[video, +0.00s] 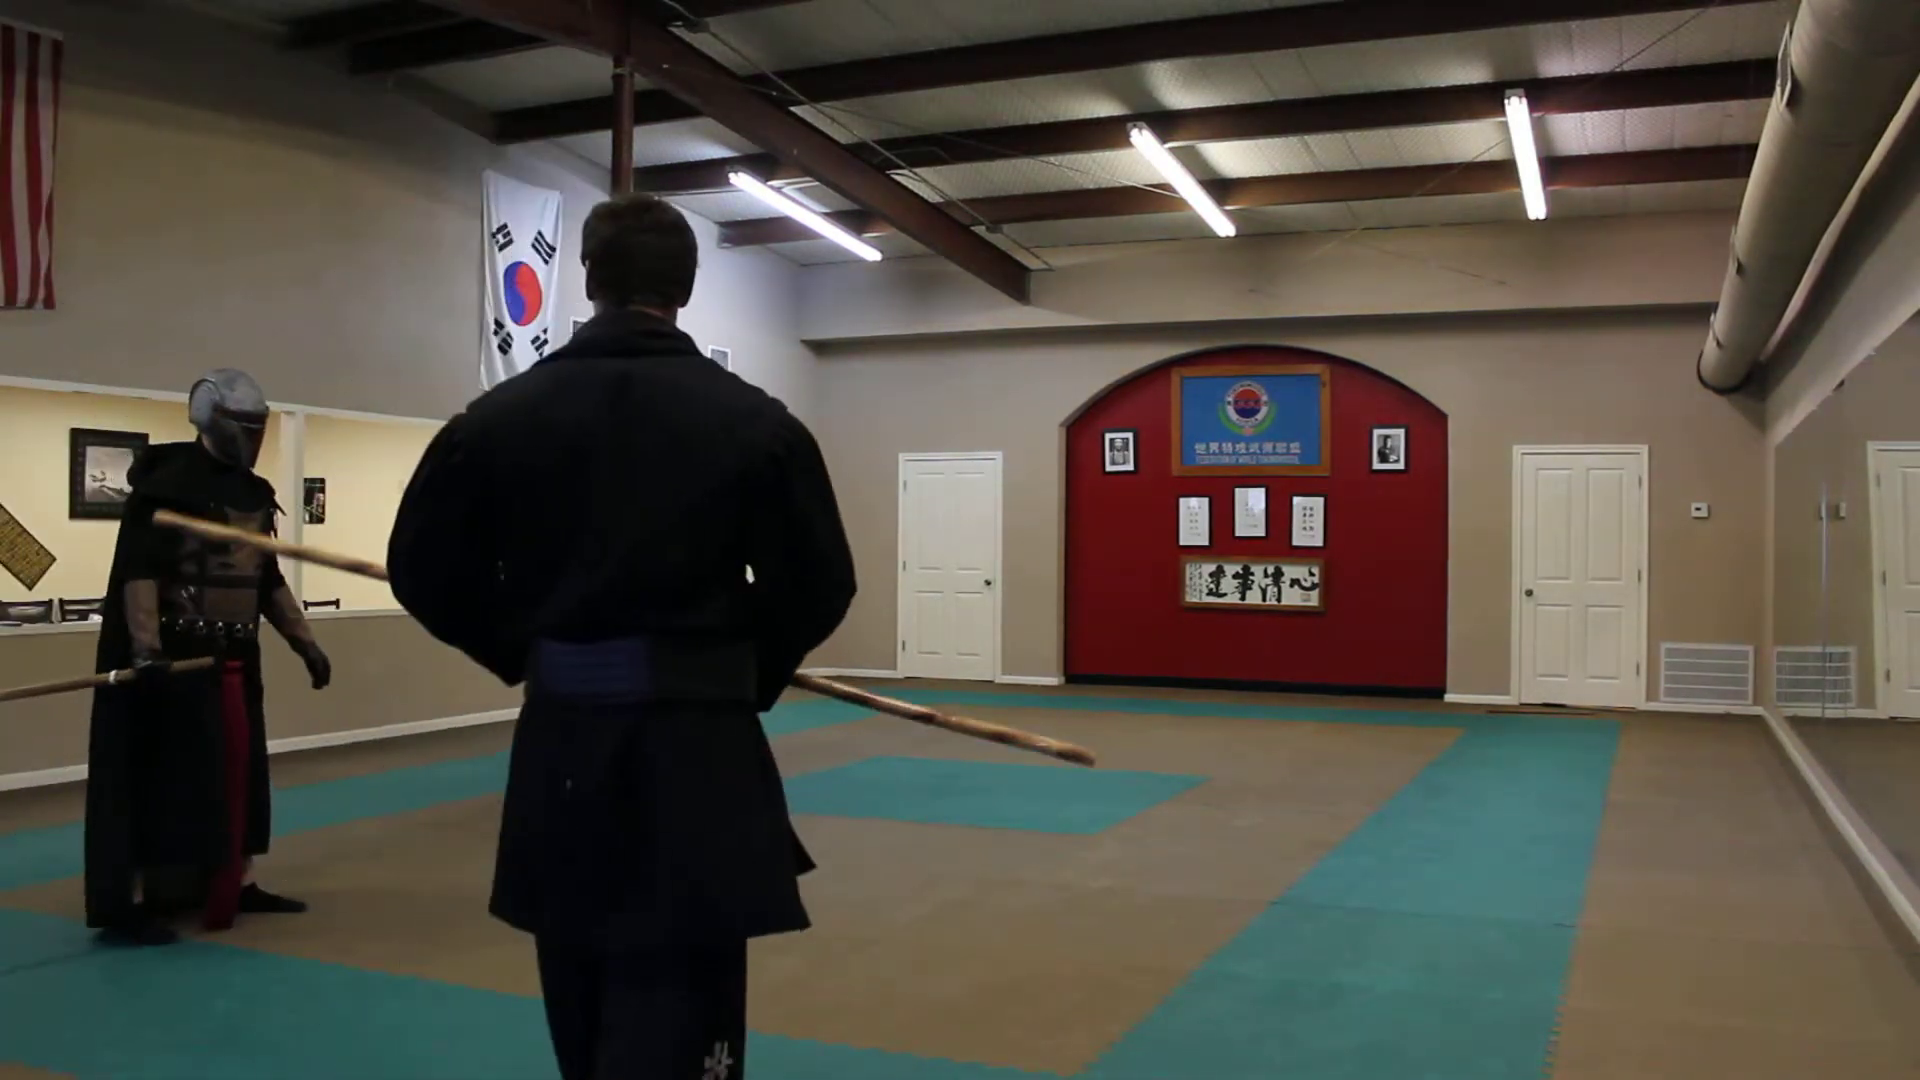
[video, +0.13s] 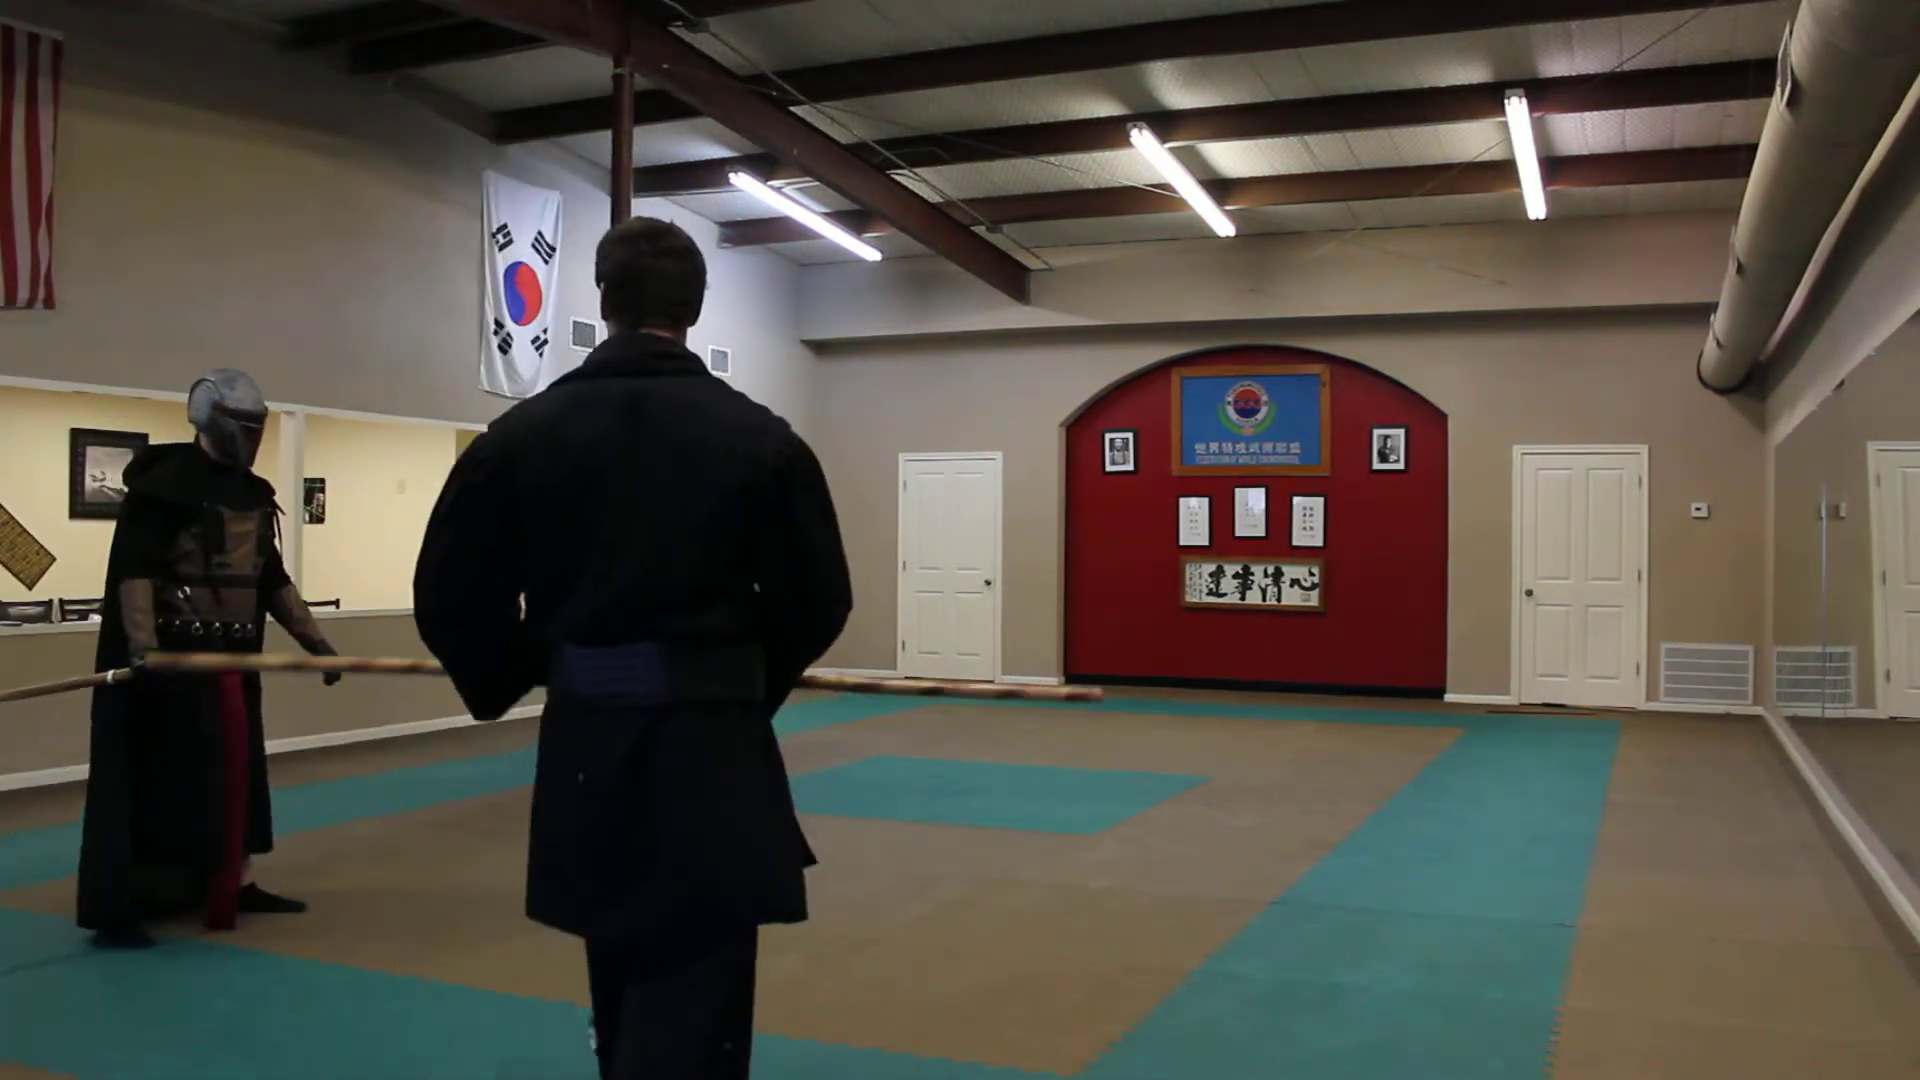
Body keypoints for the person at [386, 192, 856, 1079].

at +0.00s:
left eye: (589, 271)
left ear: (587, 281)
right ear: (685, 287)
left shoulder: (500, 418)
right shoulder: (752, 421)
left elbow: (422, 567)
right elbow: (818, 583)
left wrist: (525, 647)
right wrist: (739, 673)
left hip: (563, 750)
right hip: (701, 753)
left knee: (581, 999)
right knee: (692, 1001)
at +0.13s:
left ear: (602, 304)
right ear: (695, 308)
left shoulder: (524, 435)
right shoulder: (759, 438)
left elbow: (448, 593)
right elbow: (819, 599)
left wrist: (525, 664)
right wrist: (744, 683)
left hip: (589, 758)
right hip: (718, 758)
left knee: (622, 1006)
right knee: (704, 1014)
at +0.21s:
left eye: (609, 297)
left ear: (606, 307)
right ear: (697, 311)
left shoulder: (534, 437)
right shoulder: (762, 437)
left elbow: (470, 608)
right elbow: (822, 598)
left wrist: (538, 700)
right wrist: (754, 693)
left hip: (596, 757)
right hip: (723, 754)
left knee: (624, 995)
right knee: (714, 1004)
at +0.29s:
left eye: (612, 301)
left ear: (609, 312)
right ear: (699, 315)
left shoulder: (540, 440)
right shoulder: (767, 436)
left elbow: (495, 618)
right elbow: (831, 593)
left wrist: (558, 729)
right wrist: (767, 699)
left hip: (599, 756)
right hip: (734, 752)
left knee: (626, 994)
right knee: (738, 974)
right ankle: (709, 1066)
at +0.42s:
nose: (616, 320)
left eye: (615, 309)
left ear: (619, 318)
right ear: (707, 323)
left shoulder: (553, 435)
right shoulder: (770, 432)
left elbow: (515, 610)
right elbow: (837, 589)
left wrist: (585, 722)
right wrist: (782, 702)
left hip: (615, 741)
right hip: (751, 740)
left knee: (633, 960)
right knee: (765, 955)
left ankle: (644, 1072)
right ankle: (754, 1072)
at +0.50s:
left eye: (632, 315)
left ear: (631, 324)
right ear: (717, 327)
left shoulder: (566, 438)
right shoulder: (780, 437)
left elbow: (524, 601)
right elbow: (843, 591)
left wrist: (591, 711)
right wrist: (793, 696)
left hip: (629, 732)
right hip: (762, 733)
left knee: (642, 952)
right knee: (781, 948)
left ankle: (649, 1074)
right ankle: (787, 1072)